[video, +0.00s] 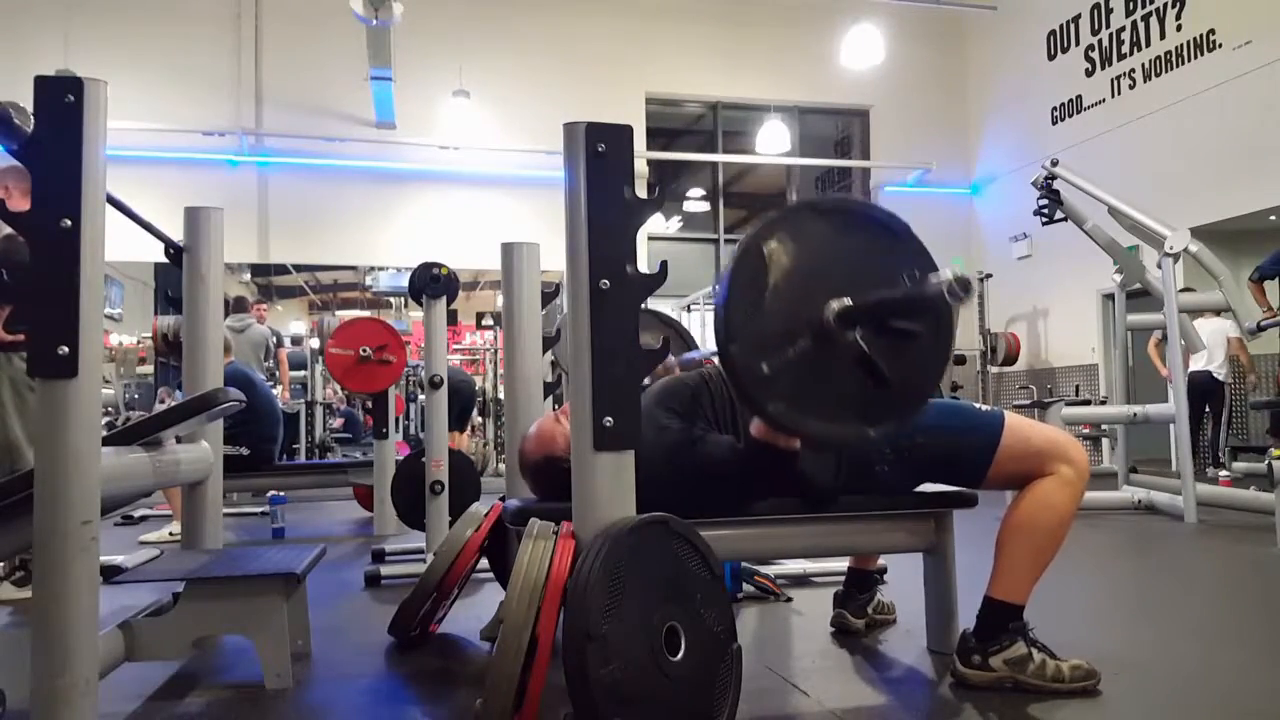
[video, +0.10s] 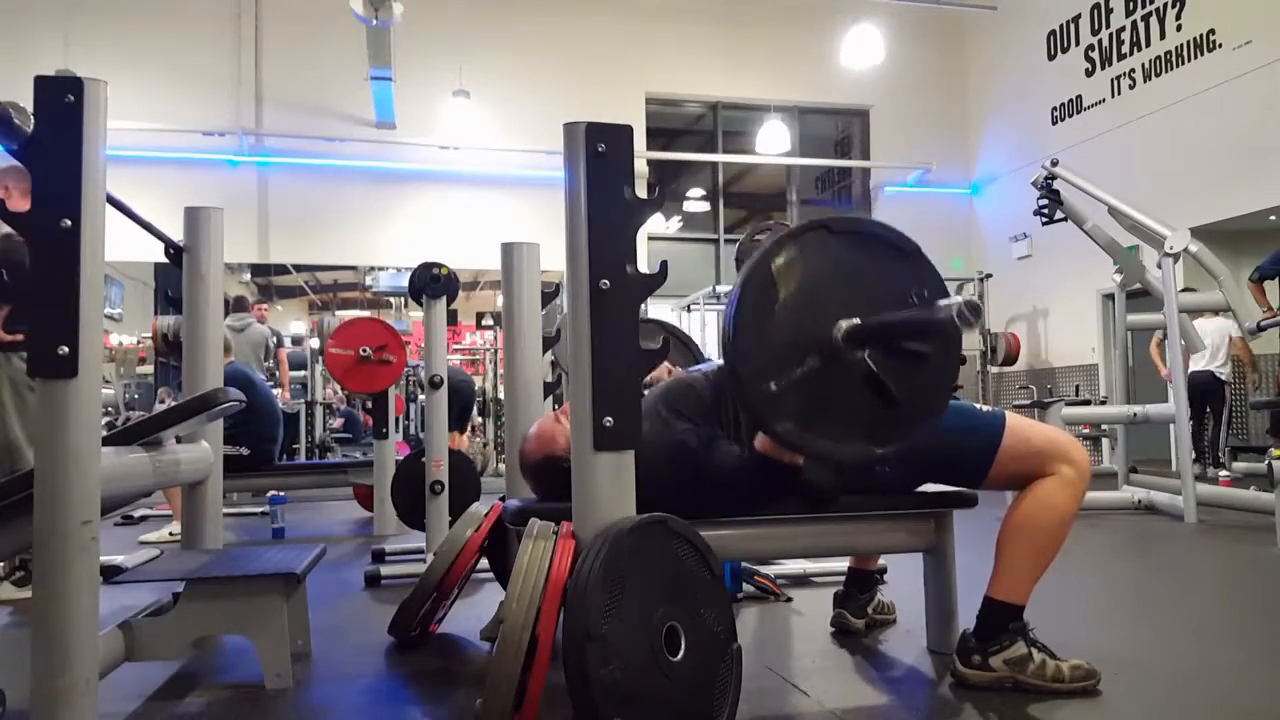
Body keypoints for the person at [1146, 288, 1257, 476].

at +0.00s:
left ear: (1201, 311)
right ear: (1220, 310)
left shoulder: (1191, 326)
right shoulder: (1228, 324)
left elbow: (1184, 354)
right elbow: (1238, 349)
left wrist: (1183, 373)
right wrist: (1250, 372)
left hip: (1193, 377)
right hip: (1217, 378)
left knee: (1192, 423)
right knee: (1219, 422)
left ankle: (1189, 464)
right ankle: (1216, 465)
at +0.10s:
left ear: (1200, 310)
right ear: (1219, 310)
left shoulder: (1191, 326)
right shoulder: (1228, 324)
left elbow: (1184, 353)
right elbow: (1242, 351)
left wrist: (1184, 373)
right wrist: (1251, 371)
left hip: (1194, 377)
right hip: (1218, 378)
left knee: (1196, 420)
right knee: (1220, 421)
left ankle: (1198, 461)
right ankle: (1217, 464)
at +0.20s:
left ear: (1198, 310)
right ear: (1216, 309)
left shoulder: (1189, 325)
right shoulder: (1228, 324)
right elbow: (1240, 351)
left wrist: (1164, 368)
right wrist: (1249, 371)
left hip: (1193, 377)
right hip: (1217, 378)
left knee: (1197, 422)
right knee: (1217, 422)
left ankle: (1200, 463)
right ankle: (1214, 462)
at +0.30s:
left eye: (1192, 305)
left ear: (1191, 308)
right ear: (1212, 306)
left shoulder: (1184, 324)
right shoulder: (1225, 324)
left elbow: (1159, 343)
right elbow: (1236, 351)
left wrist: (1166, 366)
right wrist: (1241, 374)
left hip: (1191, 378)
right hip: (1216, 378)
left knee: (1194, 420)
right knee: (1221, 419)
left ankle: (1199, 463)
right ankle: (1217, 462)